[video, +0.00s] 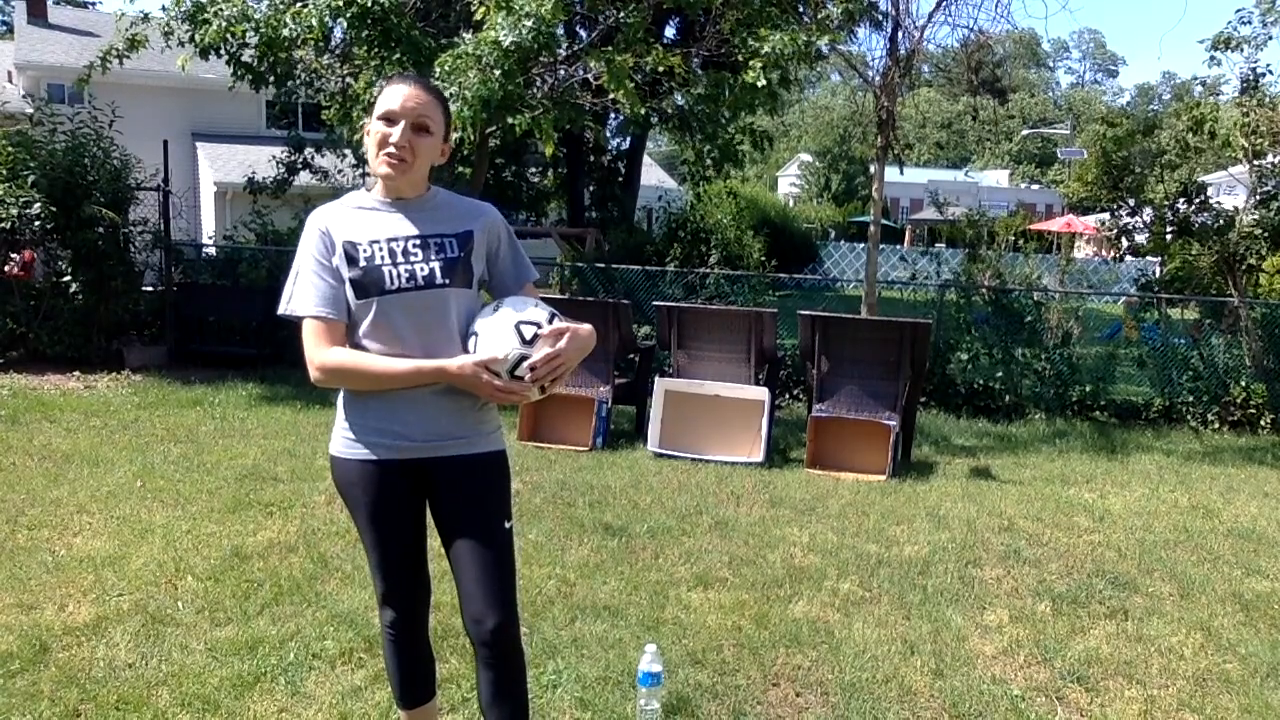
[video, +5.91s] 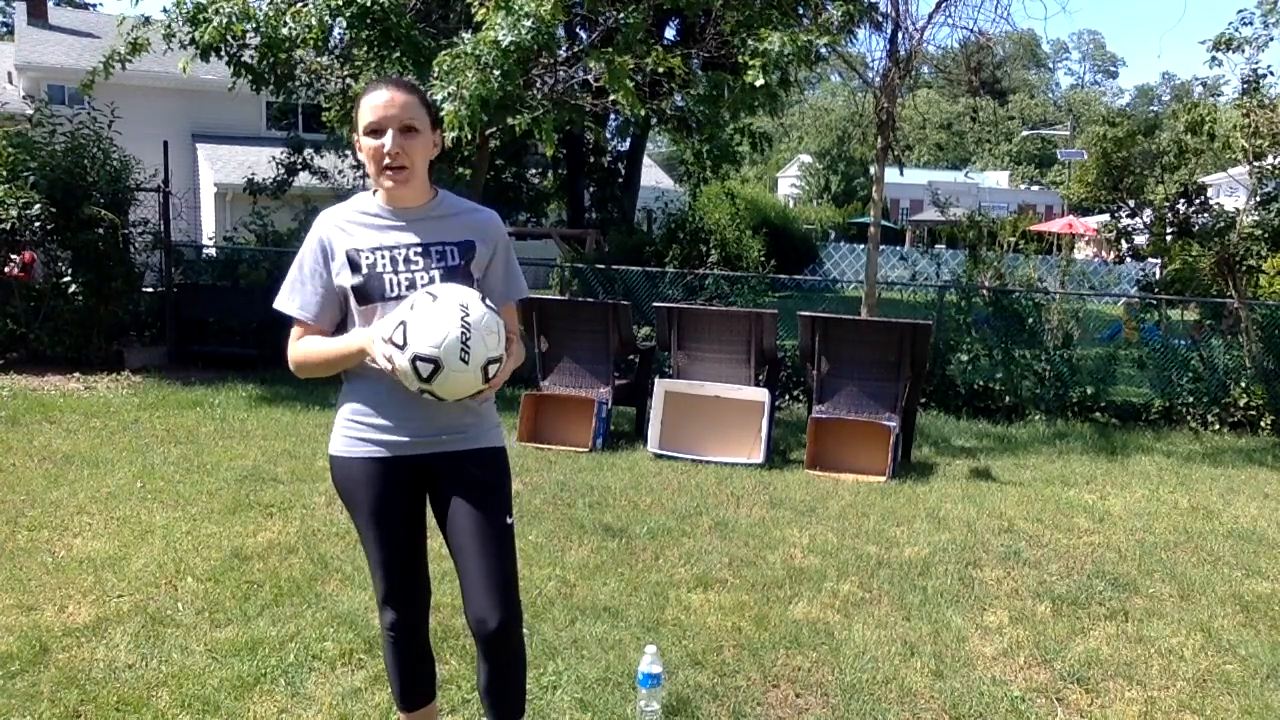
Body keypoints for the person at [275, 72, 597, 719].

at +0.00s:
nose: (397, 134)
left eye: (418, 127)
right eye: (387, 119)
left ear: (443, 150)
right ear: (367, 132)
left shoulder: (482, 222)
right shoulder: (330, 227)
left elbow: (530, 321)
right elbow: (322, 361)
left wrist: (583, 336)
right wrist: (447, 371)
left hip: (469, 450)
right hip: (373, 455)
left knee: (494, 625)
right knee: (402, 616)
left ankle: (506, 717)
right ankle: (419, 714)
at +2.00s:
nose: (423, 151)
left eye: (438, 136)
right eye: (407, 136)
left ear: (461, 143)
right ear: (384, 144)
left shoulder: (499, 230)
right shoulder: (351, 228)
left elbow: (522, 351)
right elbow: (327, 361)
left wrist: (573, 394)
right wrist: (447, 377)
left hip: (474, 451)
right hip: (380, 452)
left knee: (500, 625)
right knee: (404, 613)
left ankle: (509, 719)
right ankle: (421, 714)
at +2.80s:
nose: (426, 139)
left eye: (442, 125)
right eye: (409, 127)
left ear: (465, 142)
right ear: (390, 146)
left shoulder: (502, 228)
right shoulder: (352, 222)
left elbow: (532, 357)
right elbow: (313, 345)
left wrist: (492, 342)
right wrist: (345, 344)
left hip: (471, 440)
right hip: (377, 440)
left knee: (494, 620)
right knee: (403, 607)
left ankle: (508, 718)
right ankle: (418, 713)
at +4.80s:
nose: (435, 142)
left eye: (450, 129)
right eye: (419, 128)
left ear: (471, 145)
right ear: (395, 143)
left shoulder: (502, 228)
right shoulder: (358, 221)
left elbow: (503, 363)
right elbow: (342, 353)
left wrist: (414, 329)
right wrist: (299, 303)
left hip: (475, 440)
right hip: (380, 440)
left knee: (508, 621)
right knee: (404, 611)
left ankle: (510, 717)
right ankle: (419, 714)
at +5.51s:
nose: (399, 140)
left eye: (417, 128)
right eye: (385, 126)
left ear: (439, 144)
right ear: (361, 141)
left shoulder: (482, 226)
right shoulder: (335, 228)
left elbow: (524, 337)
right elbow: (308, 357)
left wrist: (511, 368)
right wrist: (370, 338)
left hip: (468, 441)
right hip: (373, 444)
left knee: (493, 622)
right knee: (400, 610)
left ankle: (505, 719)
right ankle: (419, 714)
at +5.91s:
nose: (392, 145)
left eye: (408, 130)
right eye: (376, 132)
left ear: (435, 140)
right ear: (357, 146)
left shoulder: (481, 226)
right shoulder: (334, 230)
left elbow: (512, 334)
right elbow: (301, 353)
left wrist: (503, 360)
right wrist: (361, 345)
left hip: (469, 441)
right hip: (374, 445)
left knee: (496, 620)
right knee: (401, 612)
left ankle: (505, 719)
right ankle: (419, 715)